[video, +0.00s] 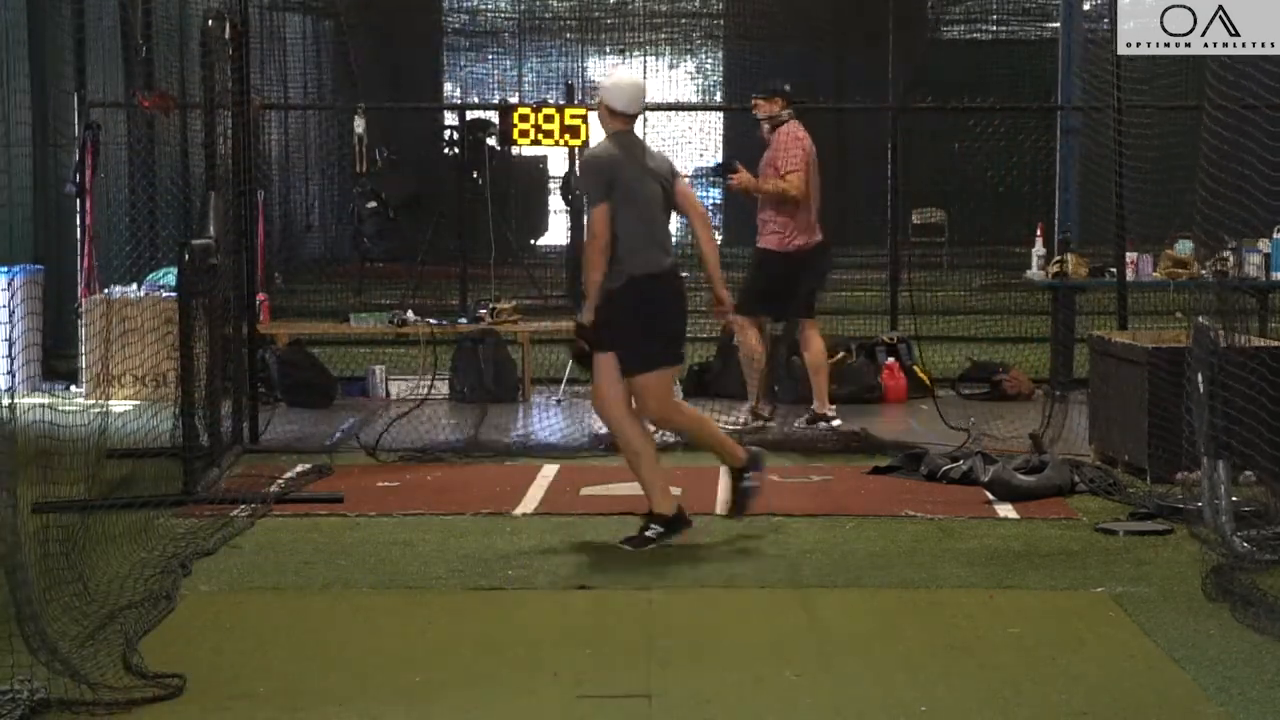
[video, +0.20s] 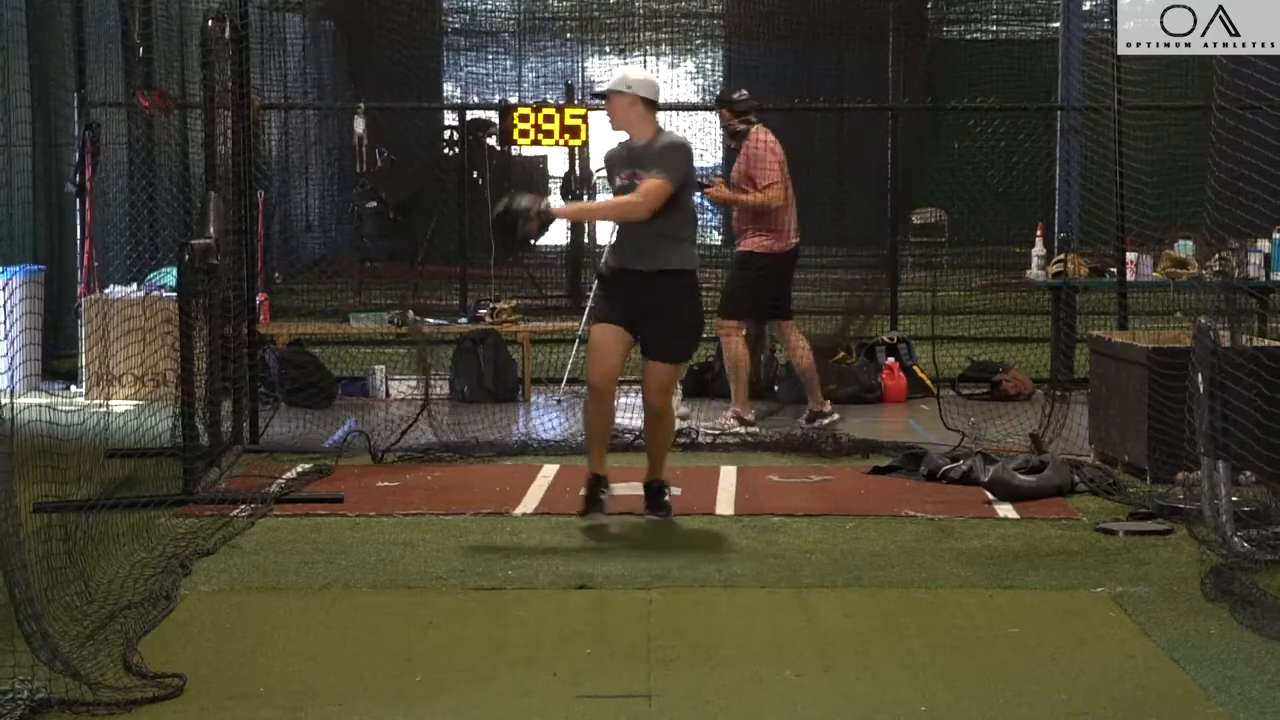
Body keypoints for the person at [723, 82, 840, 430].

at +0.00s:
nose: (754, 109)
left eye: (759, 103)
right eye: (754, 104)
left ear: (779, 104)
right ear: (777, 106)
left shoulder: (791, 136)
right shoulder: (787, 136)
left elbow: (794, 188)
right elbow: (783, 189)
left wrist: (753, 184)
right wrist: (751, 183)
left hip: (781, 248)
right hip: (804, 247)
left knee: (744, 319)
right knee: (807, 325)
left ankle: (757, 406)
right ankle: (823, 409)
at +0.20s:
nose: (721, 123)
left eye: (722, 116)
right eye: (720, 117)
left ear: (732, 116)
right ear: (747, 112)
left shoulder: (759, 143)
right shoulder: (757, 141)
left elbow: (775, 197)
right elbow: (761, 194)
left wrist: (728, 197)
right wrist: (728, 192)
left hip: (760, 248)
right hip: (779, 247)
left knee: (729, 326)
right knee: (783, 325)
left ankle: (741, 412)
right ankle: (819, 406)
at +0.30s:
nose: (707, 126)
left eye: (710, 119)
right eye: (705, 119)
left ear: (716, 117)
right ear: (728, 112)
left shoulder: (742, 141)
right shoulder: (741, 139)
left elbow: (763, 196)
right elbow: (750, 192)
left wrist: (715, 198)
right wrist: (715, 195)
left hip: (748, 246)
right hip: (758, 245)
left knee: (726, 325)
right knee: (752, 324)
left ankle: (740, 412)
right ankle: (802, 394)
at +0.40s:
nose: (686, 125)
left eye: (686, 118)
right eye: (685, 119)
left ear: (694, 116)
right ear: (705, 111)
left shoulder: (727, 136)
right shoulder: (705, 141)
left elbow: (742, 194)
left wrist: (698, 193)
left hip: (739, 243)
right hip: (729, 242)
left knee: (729, 327)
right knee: (722, 323)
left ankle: (741, 415)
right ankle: (772, 385)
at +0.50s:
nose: (663, 129)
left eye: (664, 121)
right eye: (662, 121)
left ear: (675, 116)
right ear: (687, 109)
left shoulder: (707, 134)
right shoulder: (683, 140)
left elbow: (726, 191)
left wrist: (683, 205)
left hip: (729, 244)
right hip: (704, 244)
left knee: (724, 328)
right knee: (700, 324)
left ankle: (742, 412)